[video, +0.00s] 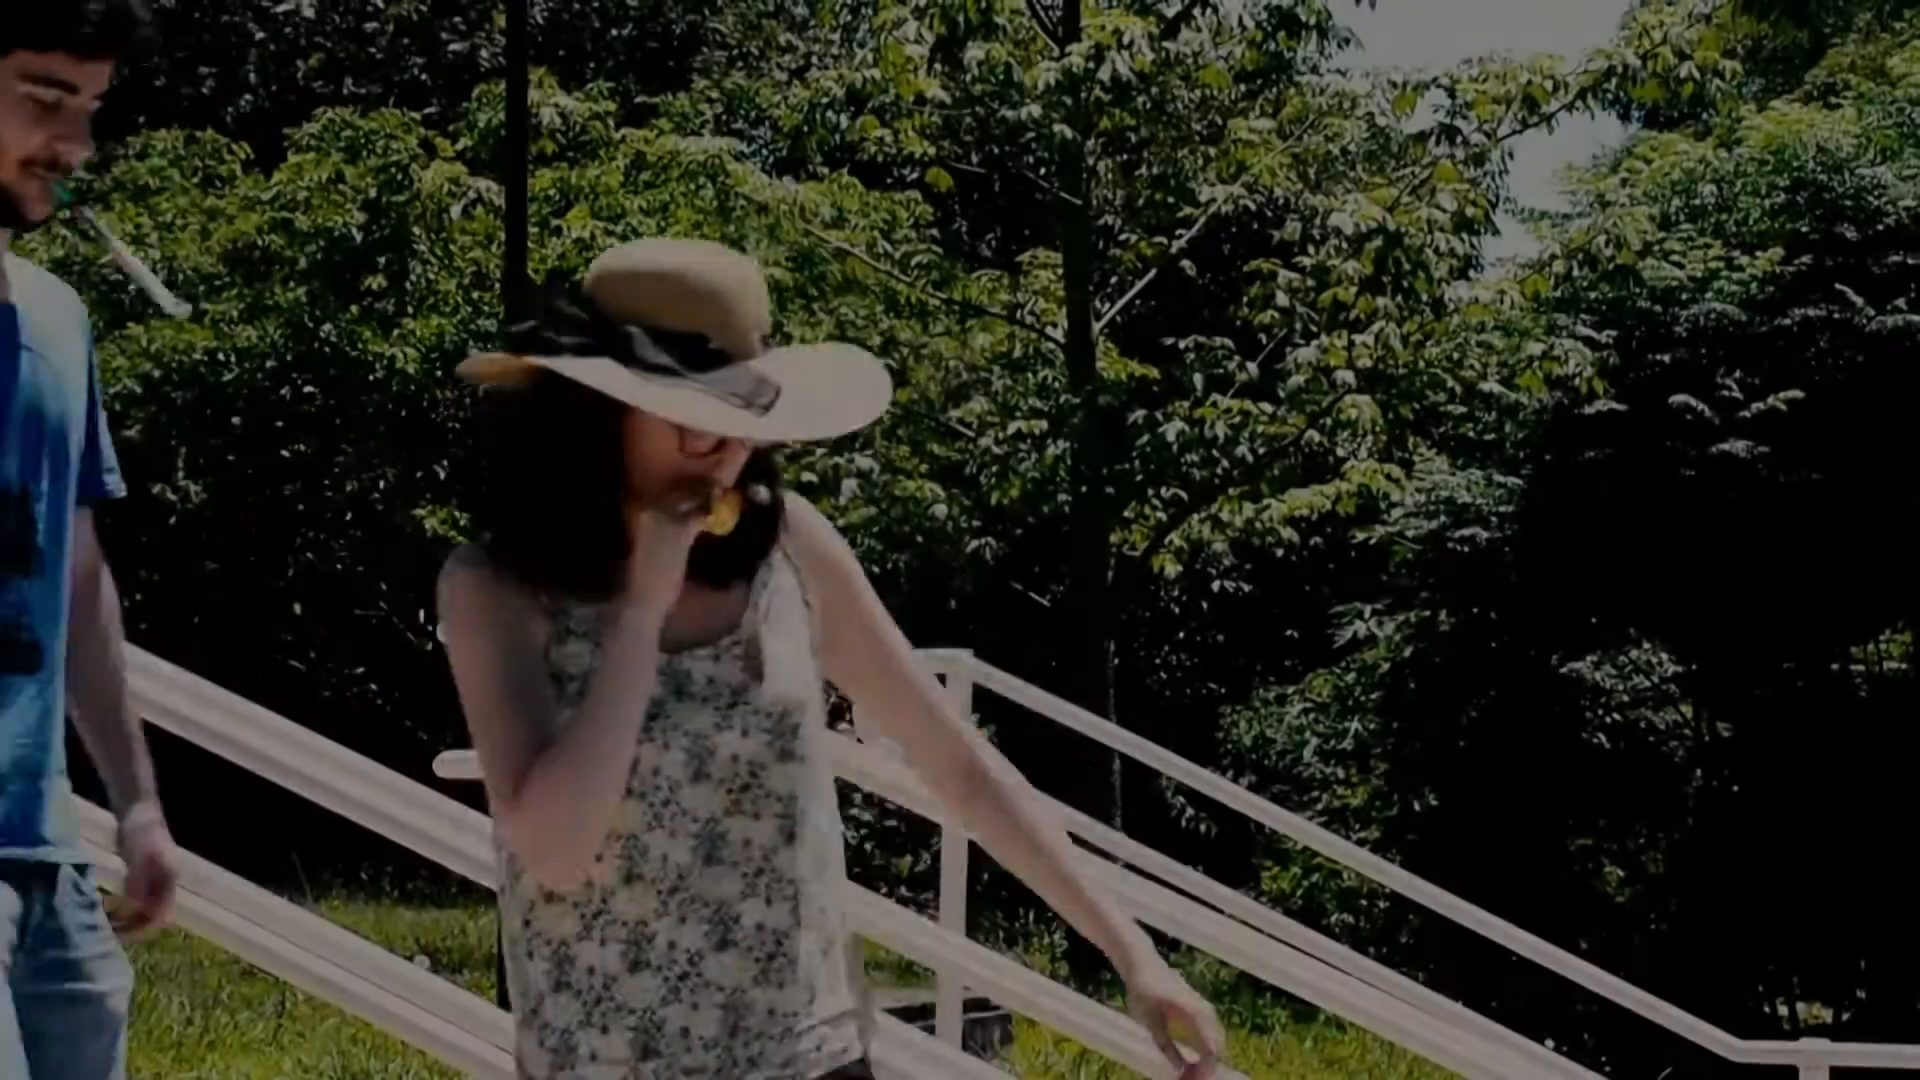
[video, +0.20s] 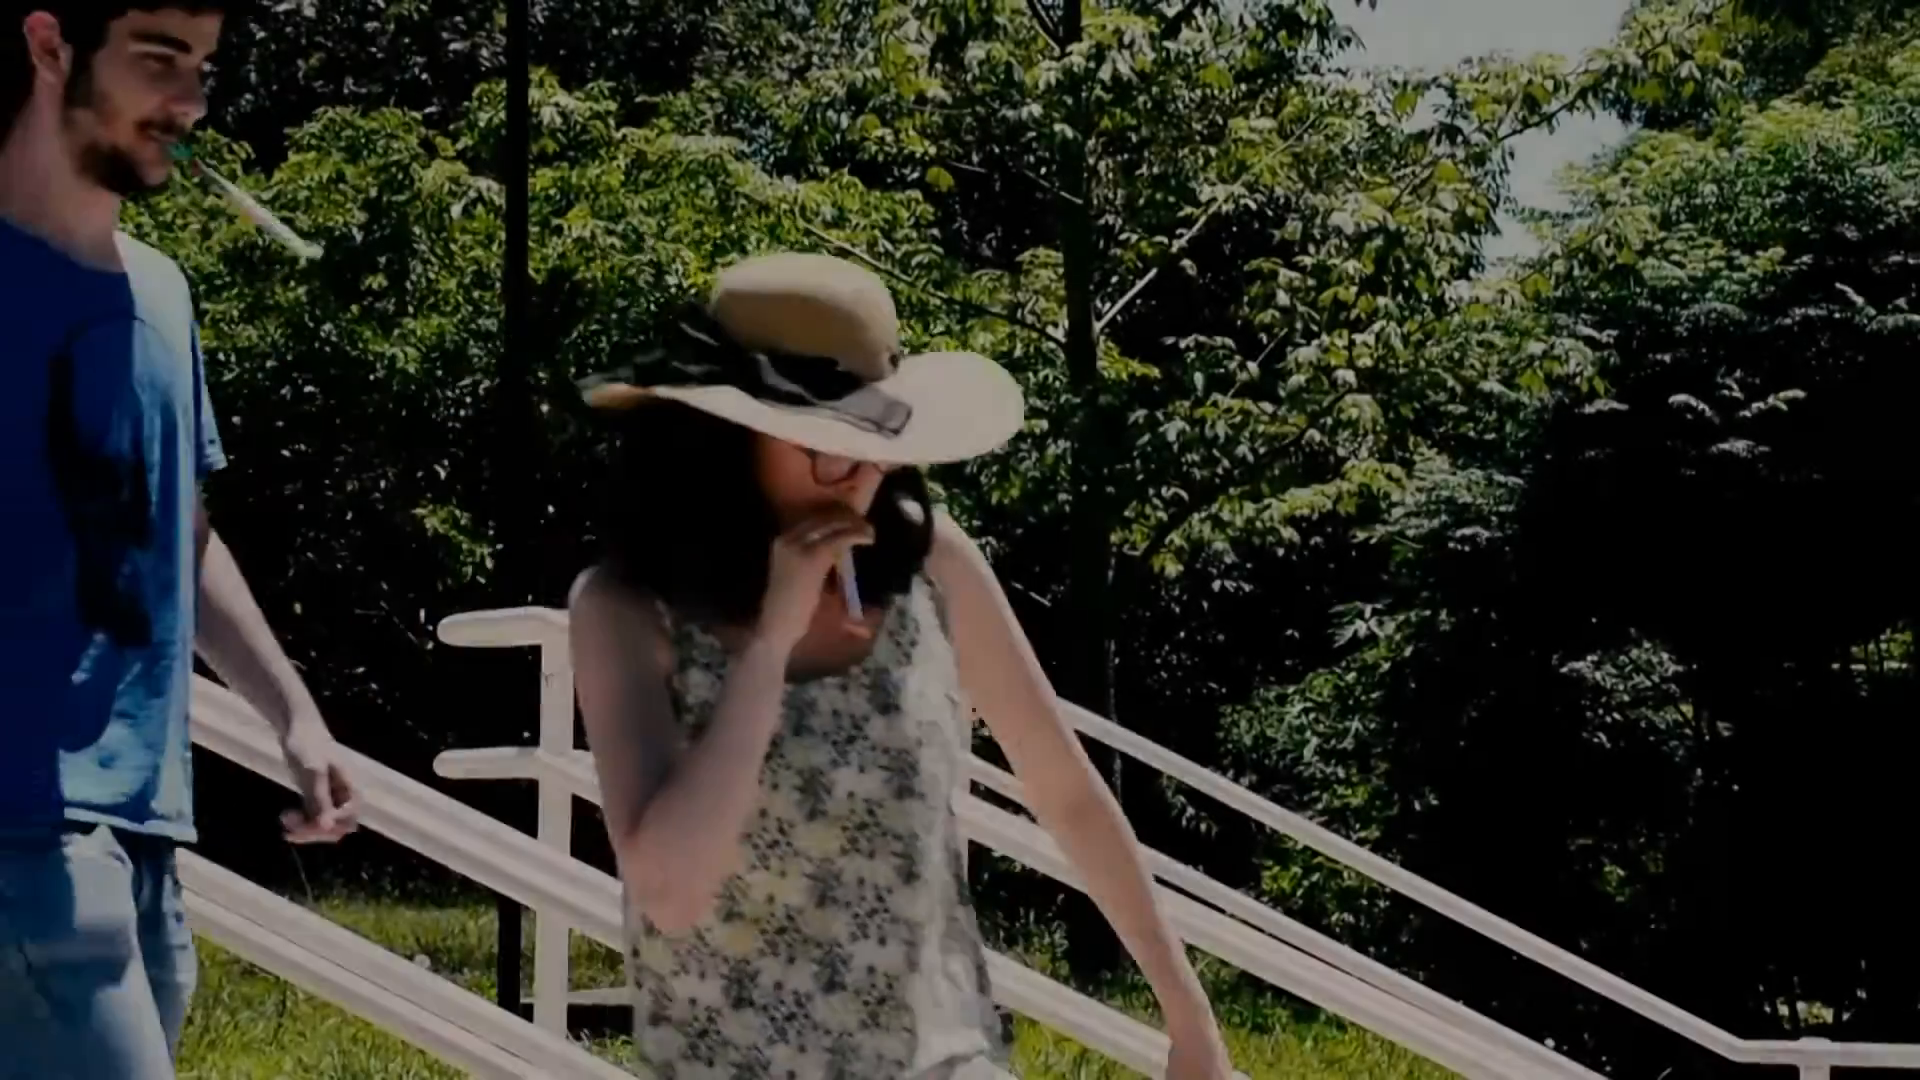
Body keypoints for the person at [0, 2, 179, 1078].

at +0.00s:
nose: (72, 144)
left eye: (89, 112)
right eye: (42, 99)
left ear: (98, 122)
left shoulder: (57, 318)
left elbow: (78, 576)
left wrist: (135, 798)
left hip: (43, 858)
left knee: (90, 1031)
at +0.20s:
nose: (190, 103)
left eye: (204, 71)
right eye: (159, 58)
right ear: (51, 48)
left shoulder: (161, 282)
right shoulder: (18, 262)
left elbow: (182, 536)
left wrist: (293, 715)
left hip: (146, 815)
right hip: (34, 815)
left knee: (133, 1055)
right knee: (122, 1062)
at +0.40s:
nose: (292, 184)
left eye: (300, 151)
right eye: (259, 141)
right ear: (148, 140)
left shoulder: (227, 382)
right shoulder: (38, 385)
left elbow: (250, 642)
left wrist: (361, 818)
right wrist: (20, 913)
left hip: (248, 948)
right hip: (116, 970)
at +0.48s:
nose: (341, 224)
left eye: (342, 191)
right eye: (305, 183)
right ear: (195, 183)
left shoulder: (268, 430)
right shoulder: (92, 430)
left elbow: (270, 710)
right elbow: (34, 719)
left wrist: (350, 904)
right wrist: (109, 962)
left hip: (303, 1007)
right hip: (168, 1018)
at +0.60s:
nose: (411, 240)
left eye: (414, 207)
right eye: (379, 200)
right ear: (269, 199)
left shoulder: (338, 439)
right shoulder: (163, 452)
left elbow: (309, 721)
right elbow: (131, 738)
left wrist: (357, 965)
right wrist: (242, 978)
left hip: (357, 1007)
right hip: (210, 1031)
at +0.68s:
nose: (467, 215)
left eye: (471, 184)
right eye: (435, 178)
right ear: (325, 179)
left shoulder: (394, 412)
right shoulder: (220, 433)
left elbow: (356, 696)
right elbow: (184, 714)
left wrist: (398, 940)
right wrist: (311, 940)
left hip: (402, 970)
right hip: (250, 999)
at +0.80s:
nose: (555, 233)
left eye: (558, 198)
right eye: (520, 193)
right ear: (409, 196)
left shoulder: (482, 428)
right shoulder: (303, 450)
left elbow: (447, 706)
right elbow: (238, 734)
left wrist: (486, 954)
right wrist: (401, 945)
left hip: (478, 988)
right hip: (326, 1010)